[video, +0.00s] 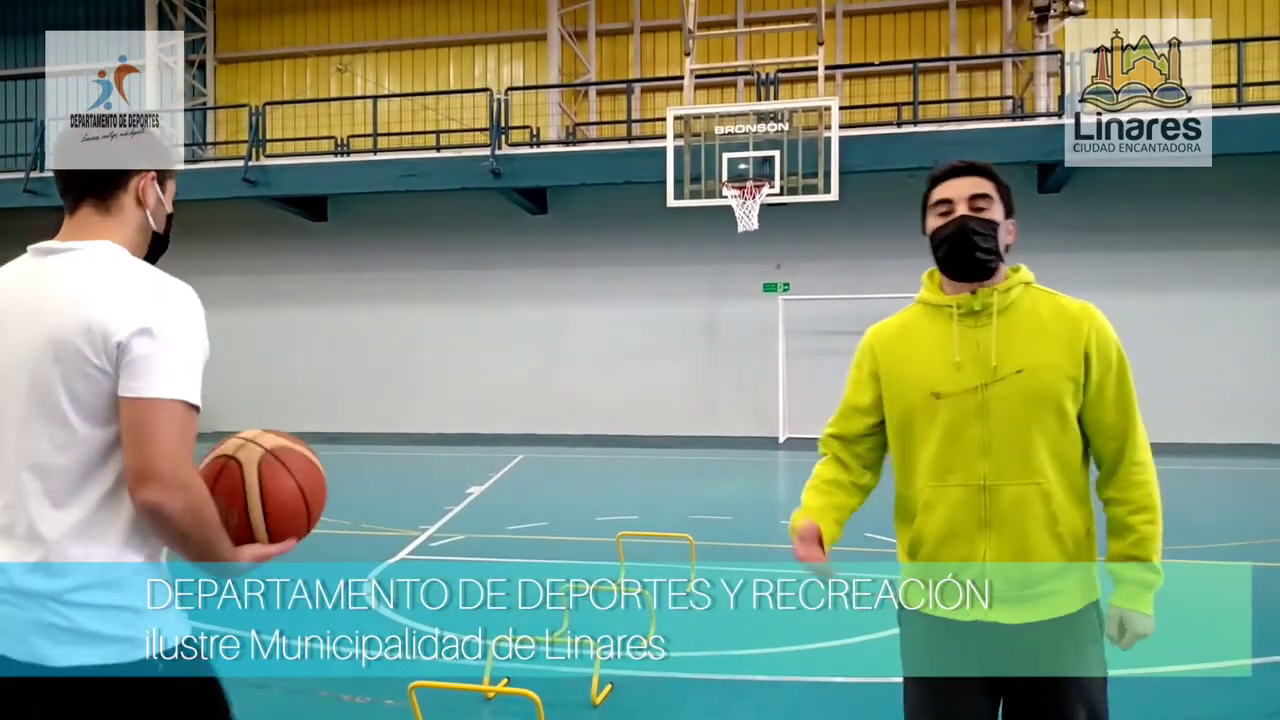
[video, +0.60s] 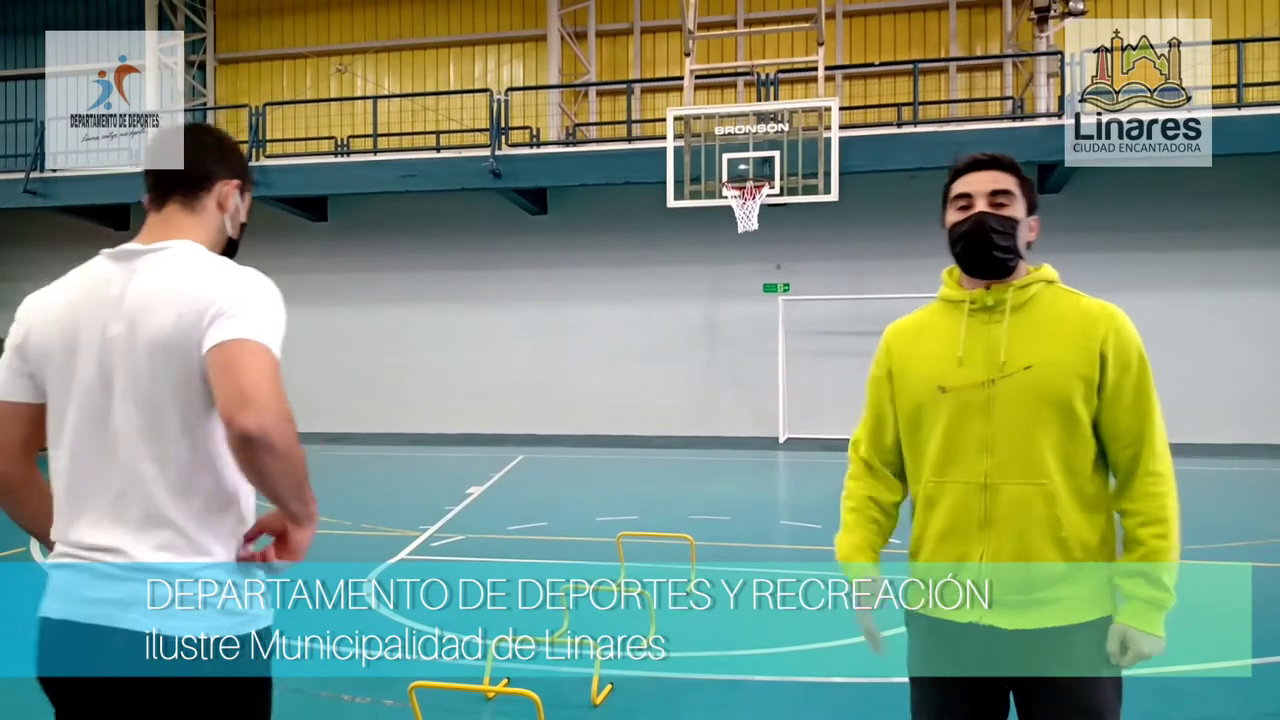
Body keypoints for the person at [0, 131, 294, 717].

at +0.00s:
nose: (170, 212)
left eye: (172, 195)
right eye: (172, 193)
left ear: (70, 188)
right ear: (147, 189)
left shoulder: (10, 280)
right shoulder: (153, 297)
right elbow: (159, 486)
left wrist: (189, 507)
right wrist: (226, 559)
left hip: (10, 628)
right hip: (112, 633)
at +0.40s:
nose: (205, 220)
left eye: (207, 205)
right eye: (207, 202)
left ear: (113, 192)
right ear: (187, 189)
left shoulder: (24, 300)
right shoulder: (192, 285)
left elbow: (9, 464)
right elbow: (229, 448)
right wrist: (265, 503)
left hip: (33, 625)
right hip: (163, 626)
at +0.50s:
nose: (222, 219)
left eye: (225, 205)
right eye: (224, 202)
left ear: (131, 194)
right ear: (208, 193)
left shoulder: (27, 308)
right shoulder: (214, 287)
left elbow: (12, 473)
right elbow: (239, 432)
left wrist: (78, 530)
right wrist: (278, 510)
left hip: (60, 625)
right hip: (188, 623)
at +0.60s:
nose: (240, 221)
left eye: (245, 206)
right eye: (244, 203)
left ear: (150, 195)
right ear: (228, 194)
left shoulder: (43, 306)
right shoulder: (233, 287)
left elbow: (8, 468)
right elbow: (252, 422)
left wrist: (73, 542)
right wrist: (299, 512)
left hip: (75, 628)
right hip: (203, 627)